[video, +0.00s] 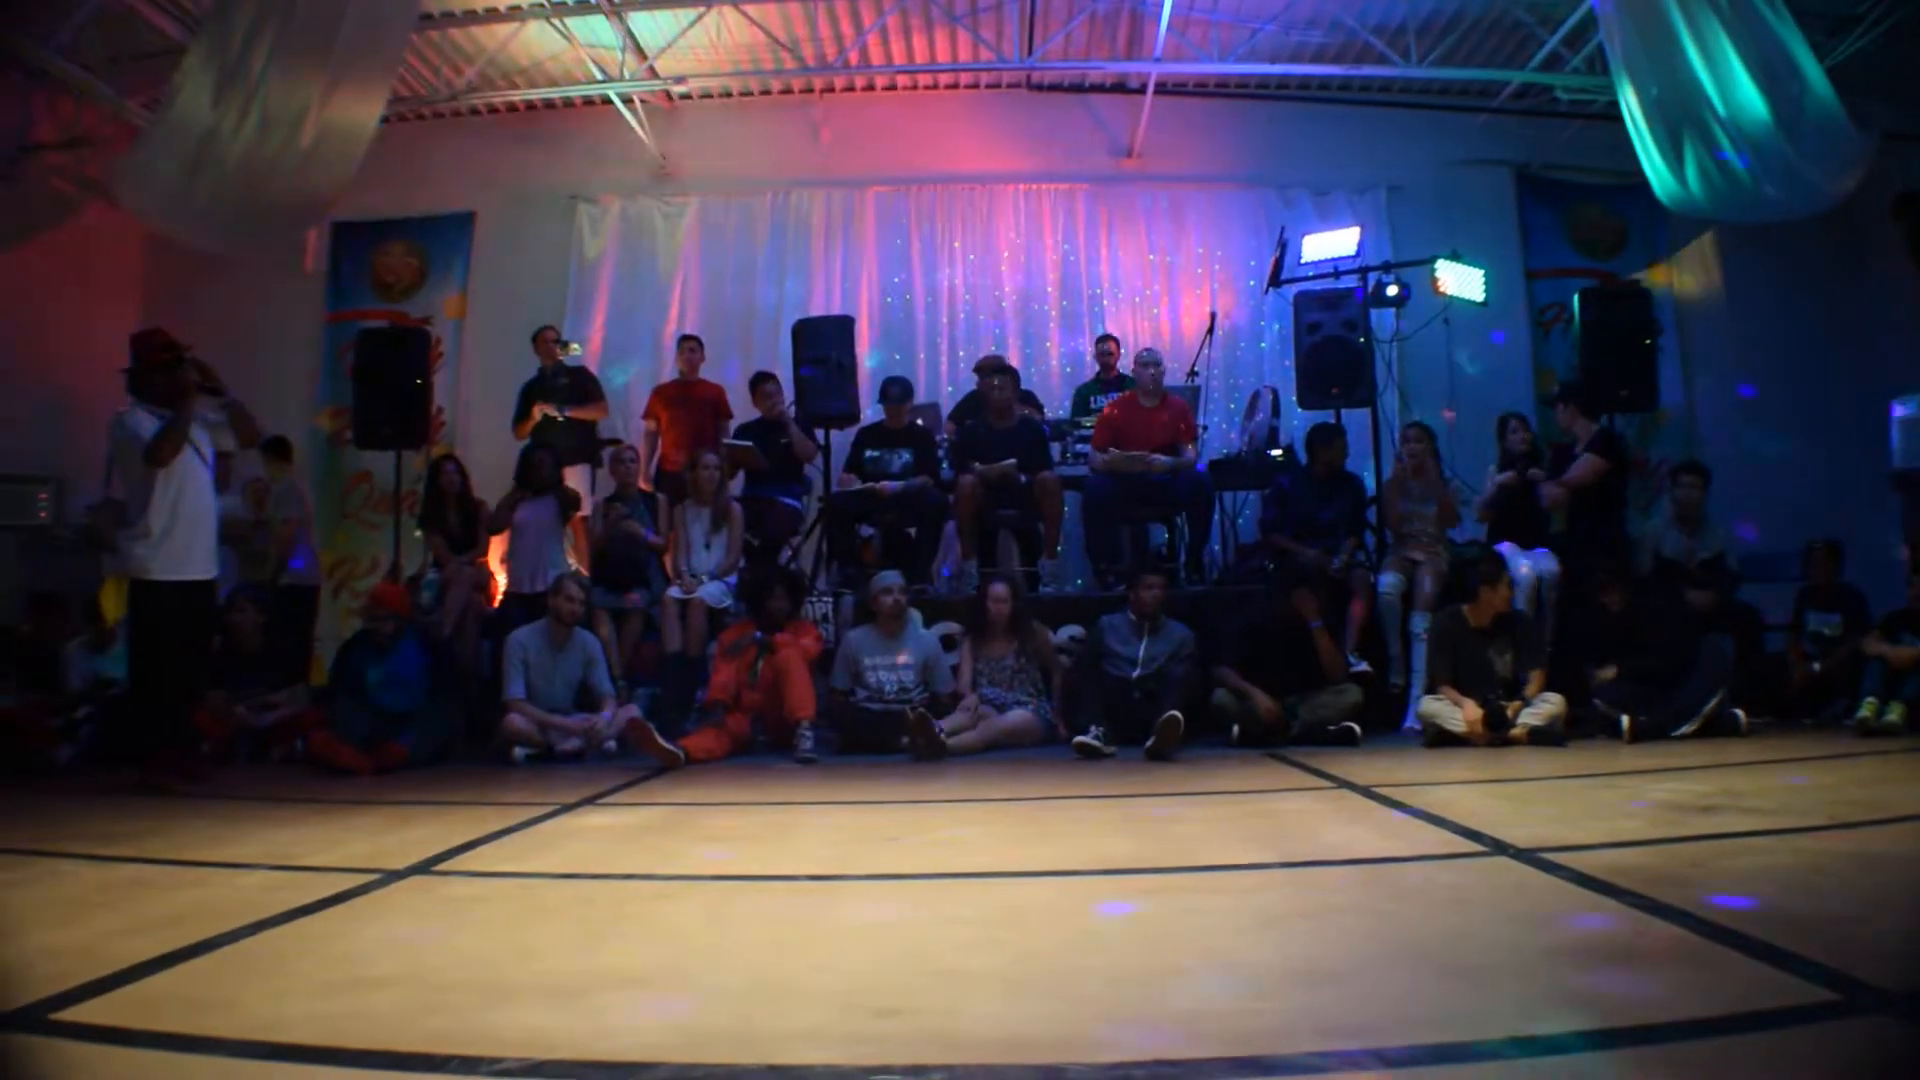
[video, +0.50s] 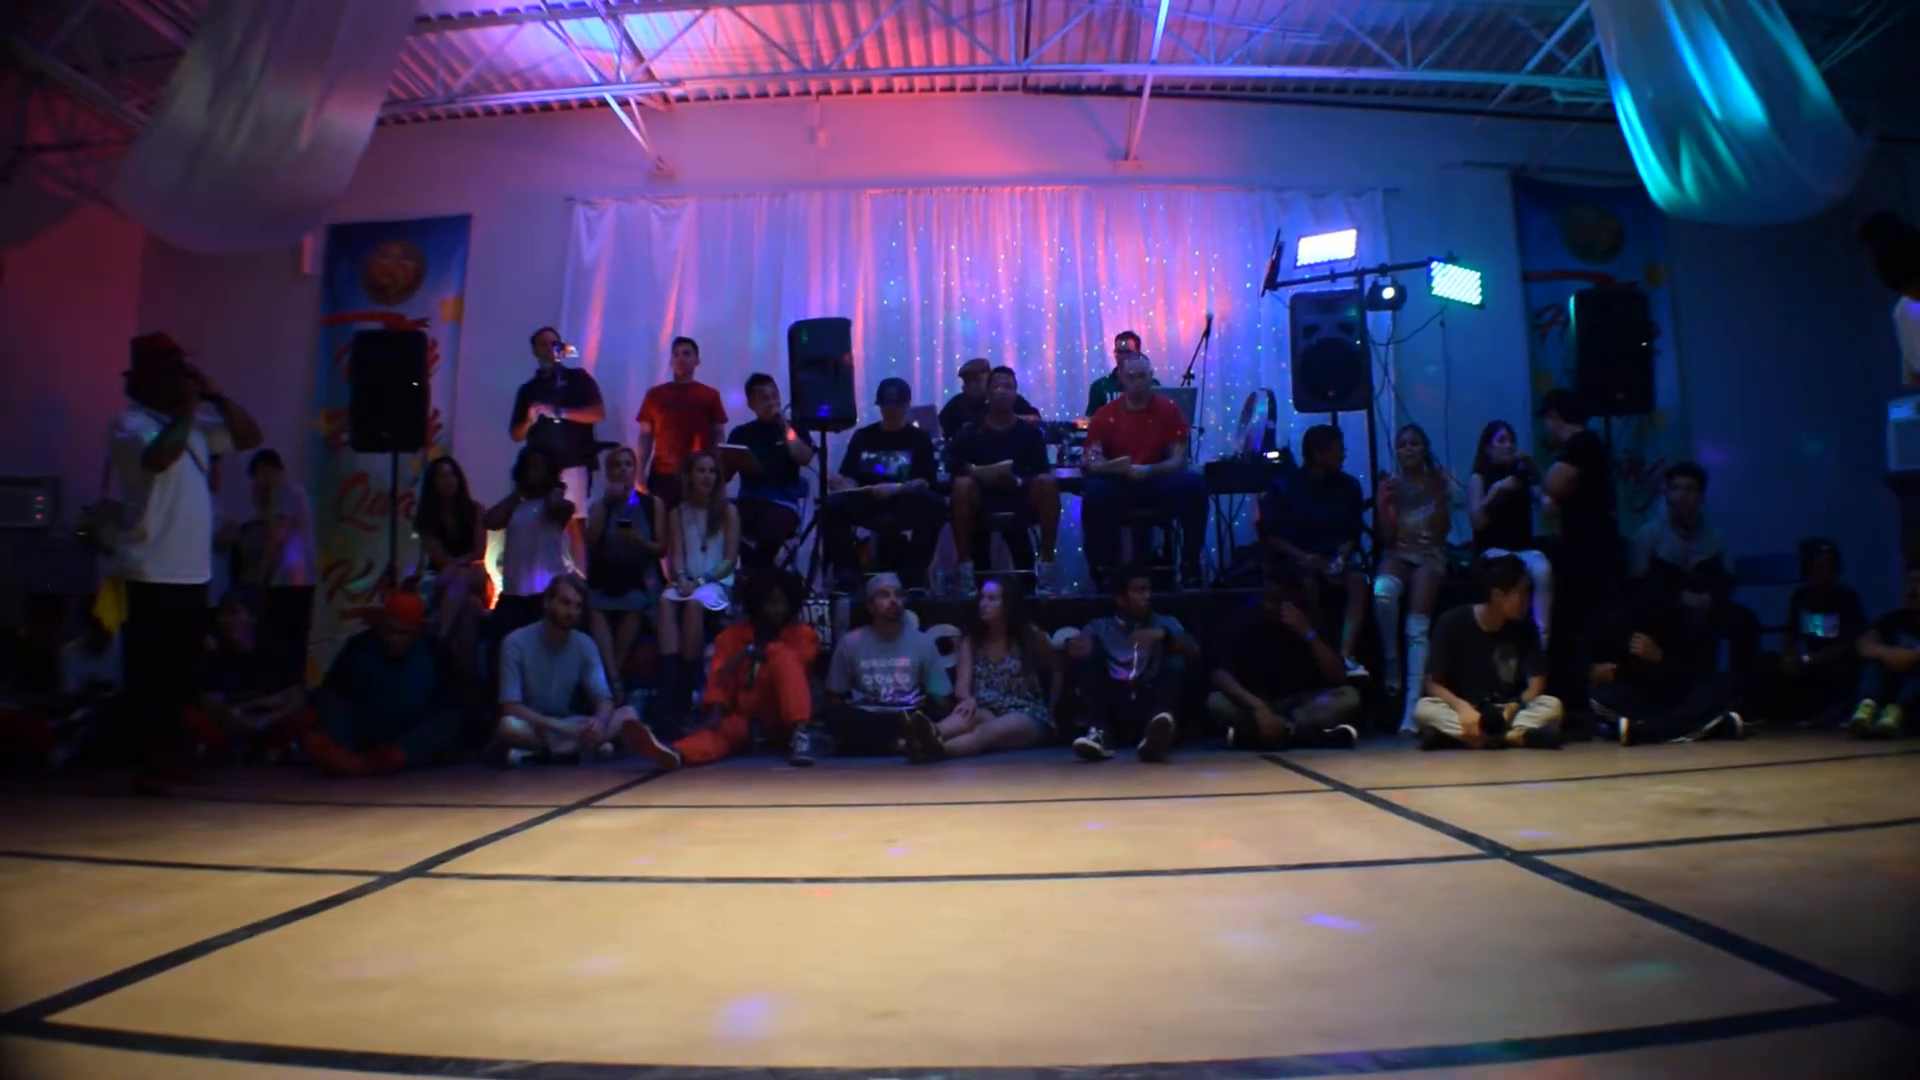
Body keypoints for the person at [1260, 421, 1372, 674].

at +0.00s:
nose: (1346, 453)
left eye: (1345, 447)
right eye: (1340, 448)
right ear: (1320, 452)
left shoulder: (1351, 484)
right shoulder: (1289, 483)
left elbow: (1356, 530)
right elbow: (1271, 533)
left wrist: (1344, 557)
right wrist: (1308, 554)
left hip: (1338, 557)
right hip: (1300, 557)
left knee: (1362, 580)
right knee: (1300, 588)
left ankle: (1351, 651)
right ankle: (1325, 653)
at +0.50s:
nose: (1343, 454)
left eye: (1342, 448)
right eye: (1336, 449)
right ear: (1317, 453)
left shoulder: (1348, 486)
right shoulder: (1287, 484)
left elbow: (1354, 532)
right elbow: (1270, 534)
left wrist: (1341, 558)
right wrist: (1304, 557)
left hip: (1334, 558)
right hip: (1296, 559)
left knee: (1359, 581)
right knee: (1307, 584)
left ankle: (1346, 655)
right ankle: (1314, 656)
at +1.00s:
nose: (1329, 456)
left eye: (1330, 450)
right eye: (1322, 450)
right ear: (1303, 454)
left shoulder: (1340, 486)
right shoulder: (1278, 487)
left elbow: (1348, 533)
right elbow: (1262, 536)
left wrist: (1333, 560)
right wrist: (1300, 560)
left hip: (1330, 557)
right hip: (1292, 558)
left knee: (1353, 583)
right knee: (1299, 585)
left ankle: (1340, 657)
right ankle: (1311, 656)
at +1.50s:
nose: (1322, 455)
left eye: (1323, 449)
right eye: (1315, 450)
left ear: (1326, 453)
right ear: (1297, 453)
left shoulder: (1336, 487)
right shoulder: (1276, 487)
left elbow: (1346, 534)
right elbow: (1263, 539)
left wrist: (1330, 558)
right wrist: (1299, 560)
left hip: (1327, 558)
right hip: (1290, 559)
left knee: (1353, 584)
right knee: (1299, 585)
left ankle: (1342, 655)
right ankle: (1308, 654)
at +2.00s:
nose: (1317, 453)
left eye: (1321, 447)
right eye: (1311, 447)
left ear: (1327, 452)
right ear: (1299, 451)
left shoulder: (1340, 488)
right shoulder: (1281, 486)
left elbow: (1349, 533)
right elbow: (1267, 535)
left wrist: (1331, 559)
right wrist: (1303, 560)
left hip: (1330, 557)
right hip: (1295, 558)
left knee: (1354, 584)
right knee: (1301, 585)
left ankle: (1344, 655)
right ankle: (1309, 655)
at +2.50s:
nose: (1321, 460)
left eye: (1325, 454)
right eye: (1315, 453)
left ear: (1330, 456)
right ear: (1302, 454)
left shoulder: (1339, 488)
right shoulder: (1282, 487)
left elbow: (1351, 533)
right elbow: (1269, 534)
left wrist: (1332, 558)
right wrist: (1305, 560)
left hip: (1331, 558)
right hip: (1296, 558)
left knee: (1353, 583)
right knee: (1300, 584)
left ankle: (1342, 653)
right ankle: (1314, 656)